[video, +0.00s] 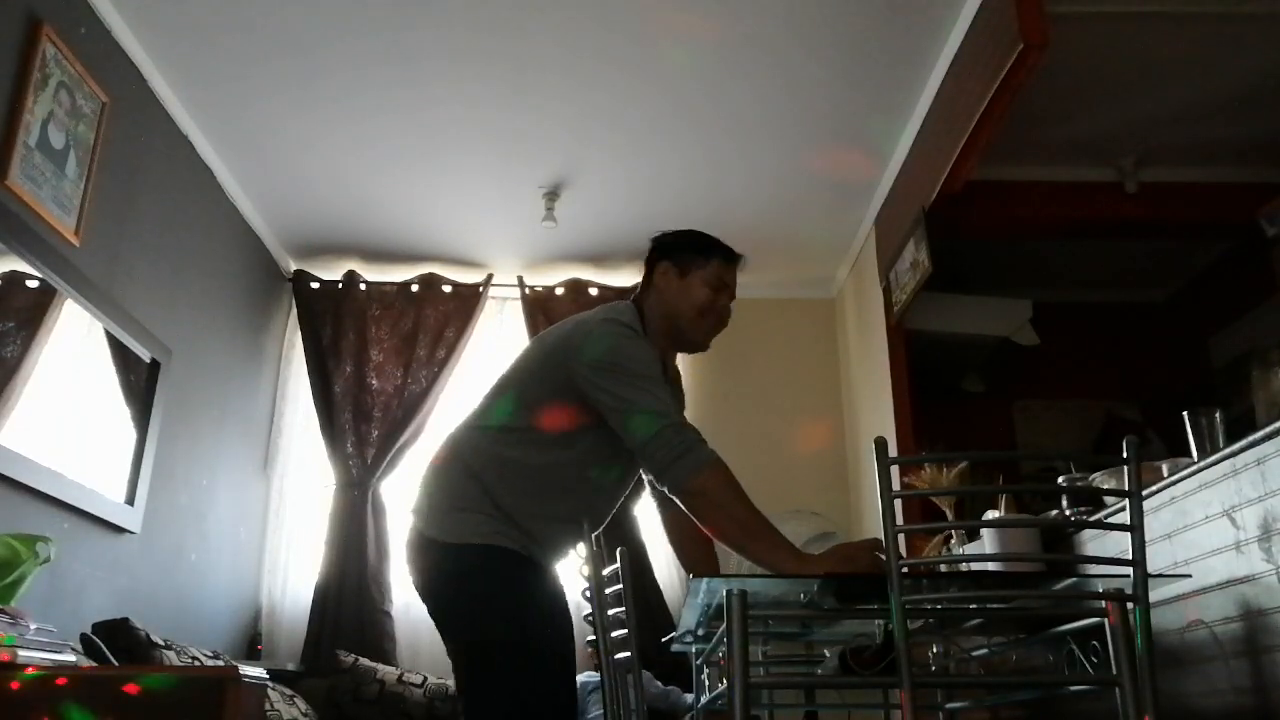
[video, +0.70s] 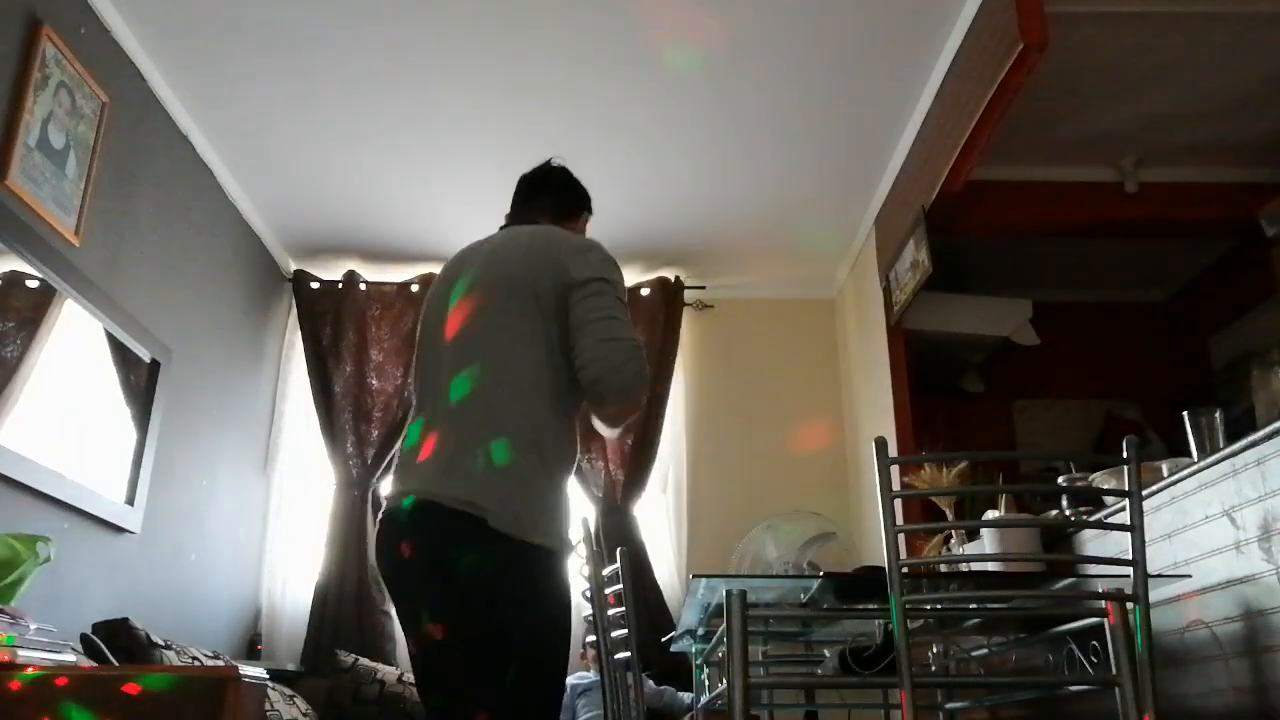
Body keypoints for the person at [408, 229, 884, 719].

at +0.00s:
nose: (727, 308)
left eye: (731, 297)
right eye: (717, 289)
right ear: (663, 276)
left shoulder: (654, 369)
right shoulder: (610, 340)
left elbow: (680, 499)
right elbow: (691, 473)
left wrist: (718, 603)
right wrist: (803, 564)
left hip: (515, 547)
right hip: (472, 538)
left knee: (542, 702)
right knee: (520, 703)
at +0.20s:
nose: (685, 325)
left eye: (690, 308)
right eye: (689, 305)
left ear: (626, 281)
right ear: (668, 290)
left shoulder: (579, 335)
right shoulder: (599, 333)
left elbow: (656, 487)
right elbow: (682, 456)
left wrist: (722, 579)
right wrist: (799, 547)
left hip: (470, 563)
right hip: (484, 566)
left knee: (520, 714)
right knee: (555, 713)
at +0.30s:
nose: (656, 286)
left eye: (660, 275)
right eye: (660, 272)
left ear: (595, 250)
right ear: (645, 261)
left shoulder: (547, 299)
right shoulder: (596, 295)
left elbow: (607, 449)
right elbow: (635, 416)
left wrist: (708, 500)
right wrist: (771, 464)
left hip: (462, 537)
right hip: (498, 541)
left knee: (520, 707)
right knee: (552, 708)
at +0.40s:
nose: (642, 242)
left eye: (644, 231)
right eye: (645, 229)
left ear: (585, 202)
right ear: (639, 216)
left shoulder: (534, 248)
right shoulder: (598, 237)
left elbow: (565, 397)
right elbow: (605, 353)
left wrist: (673, 420)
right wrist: (725, 378)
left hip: (461, 484)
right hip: (501, 490)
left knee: (491, 679)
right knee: (530, 684)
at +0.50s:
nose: (623, 204)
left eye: (625, 197)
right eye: (623, 195)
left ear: (556, 174)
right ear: (615, 184)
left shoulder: (500, 228)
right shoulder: (599, 205)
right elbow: (611, 327)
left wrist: (633, 357)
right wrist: (667, 374)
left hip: (440, 459)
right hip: (504, 459)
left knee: (473, 654)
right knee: (523, 662)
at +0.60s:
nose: (602, 213)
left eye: (603, 205)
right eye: (604, 204)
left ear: (531, 189)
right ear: (593, 196)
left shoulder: (472, 245)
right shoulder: (584, 226)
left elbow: (469, 361)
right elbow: (613, 360)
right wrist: (640, 369)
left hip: (429, 489)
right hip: (510, 488)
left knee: (469, 681)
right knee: (521, 682)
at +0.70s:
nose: (583, 237)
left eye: (581, 230)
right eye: (585, 229)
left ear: (513, 214)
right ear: (578, 221)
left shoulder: (459, 264)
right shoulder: (579, 255)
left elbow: (444, 389)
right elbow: (618, 388)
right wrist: (595, 417)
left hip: (405, 526)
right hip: (499, 530)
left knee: (450, 701)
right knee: (526, 703)